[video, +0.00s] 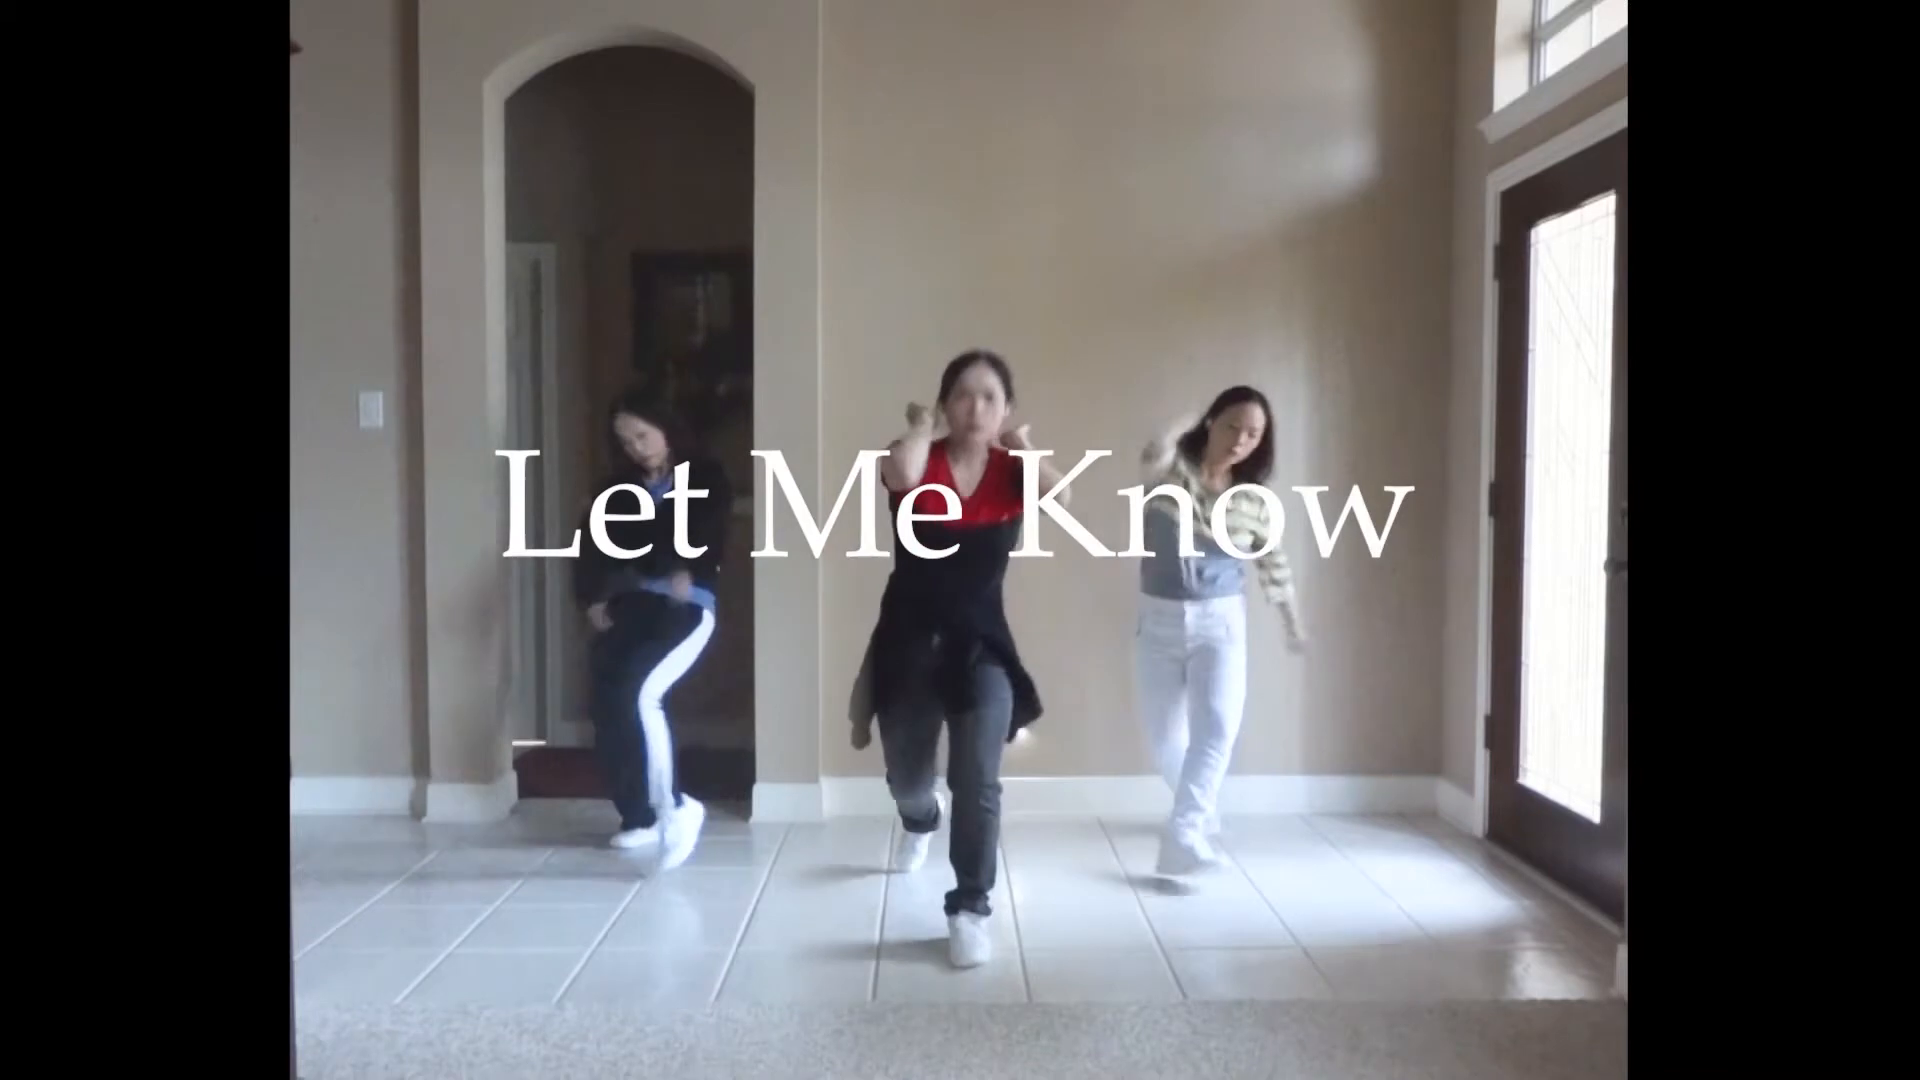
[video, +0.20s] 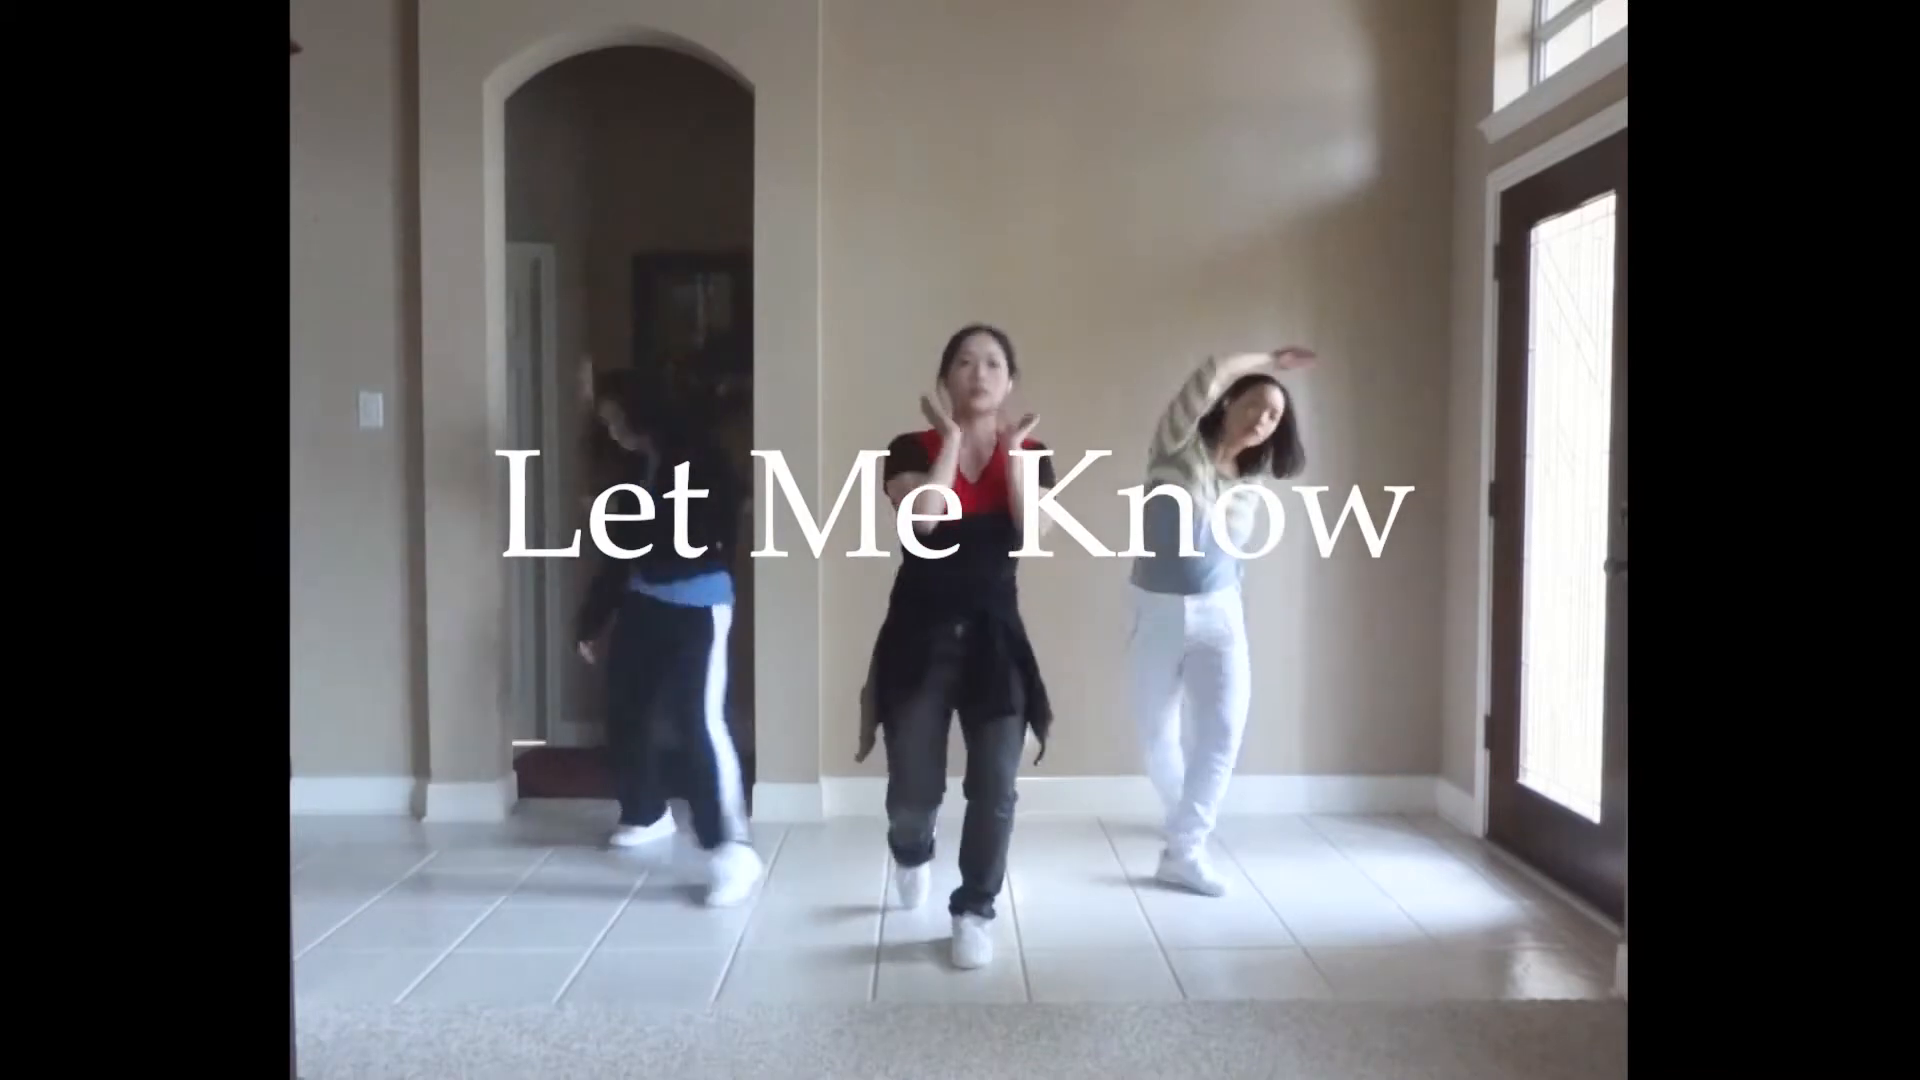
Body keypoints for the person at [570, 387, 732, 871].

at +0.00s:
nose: (638, 449)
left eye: (644, 436)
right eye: (628, 442)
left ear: (665, 429)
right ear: (623, 445)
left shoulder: (703, 477)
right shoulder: (623, 489)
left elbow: (713, 536)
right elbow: (593, 545)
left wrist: (690, 569)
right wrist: (593, 598)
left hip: (686, 607)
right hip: (632, 609)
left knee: (644, 693)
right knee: (610, 702)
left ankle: (672, 810)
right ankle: (640, 822)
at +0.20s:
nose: (613, 434)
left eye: (618, 422)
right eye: (608, 424)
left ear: (642, 415)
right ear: (619, 425)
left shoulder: (699, 456)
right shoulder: (635, 467)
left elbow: (721, 538)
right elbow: (622, 551)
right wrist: (594, 618)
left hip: (701, 600)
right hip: (647, 596)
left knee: (700, 719)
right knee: (628, 705)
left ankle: (732, 849)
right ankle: (647, 818)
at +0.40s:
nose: (639, 404)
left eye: (644, 389)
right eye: (632, 396)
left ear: (670, 383)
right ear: (634, 402)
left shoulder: (714, 437)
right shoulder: (659, 450)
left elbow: (737, 519)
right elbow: (662, 534)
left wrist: (671, 505)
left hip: (725, 591)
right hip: (671, 592)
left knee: (729, 730)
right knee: (660, 711)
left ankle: (751, 862)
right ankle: (661, 802)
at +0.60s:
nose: (661, 392)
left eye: (668, 379)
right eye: (656, 382)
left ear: (698, 379)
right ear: (664, 389)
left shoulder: (737, 438)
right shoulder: (682, 444)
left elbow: (747, 519)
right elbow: (660, 522)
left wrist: (681, 507)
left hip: (736, 597)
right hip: (687, 598)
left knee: (728, 731)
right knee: (680, 722)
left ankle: (750, 866)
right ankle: (706, 832)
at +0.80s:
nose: (684, 384)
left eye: (693, 372)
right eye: (677, 376)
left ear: (718, 373)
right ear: (673, 385)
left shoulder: (747, 429)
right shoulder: (680, 456)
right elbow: (664, 540)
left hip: (749, 600)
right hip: (690, 604)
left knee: (736, 736)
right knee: (682, 733)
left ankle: (750, 868)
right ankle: (718, 854)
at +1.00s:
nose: (695, 387)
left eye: (705, 375)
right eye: (688, 379)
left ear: (733, 380)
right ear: (682, 389)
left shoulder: (761, 453)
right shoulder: (681, 465)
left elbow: (757, 518)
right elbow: (665, 555)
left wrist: (728, 441)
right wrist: (639, 630)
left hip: (759, 607)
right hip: (696, 614)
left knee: (747, 741)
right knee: (687, 737)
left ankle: (749, 868)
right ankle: (694, 858)